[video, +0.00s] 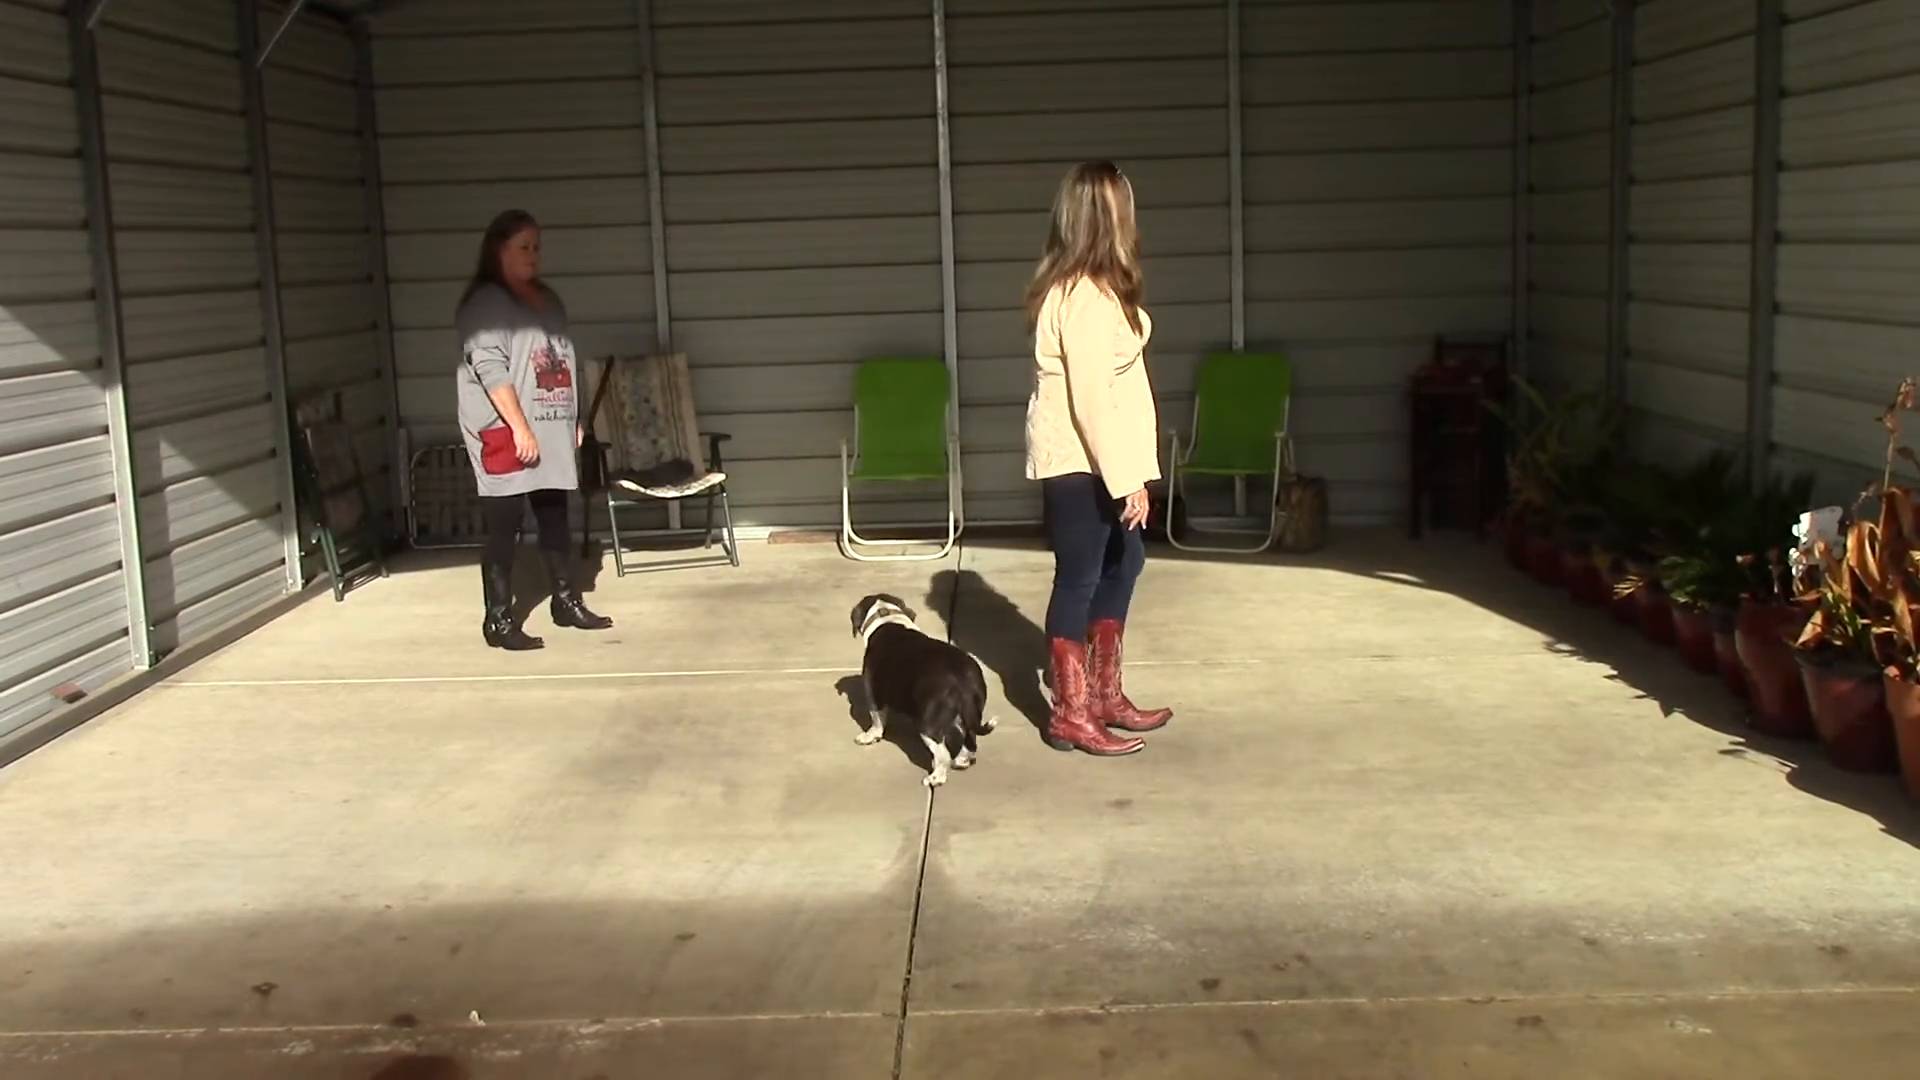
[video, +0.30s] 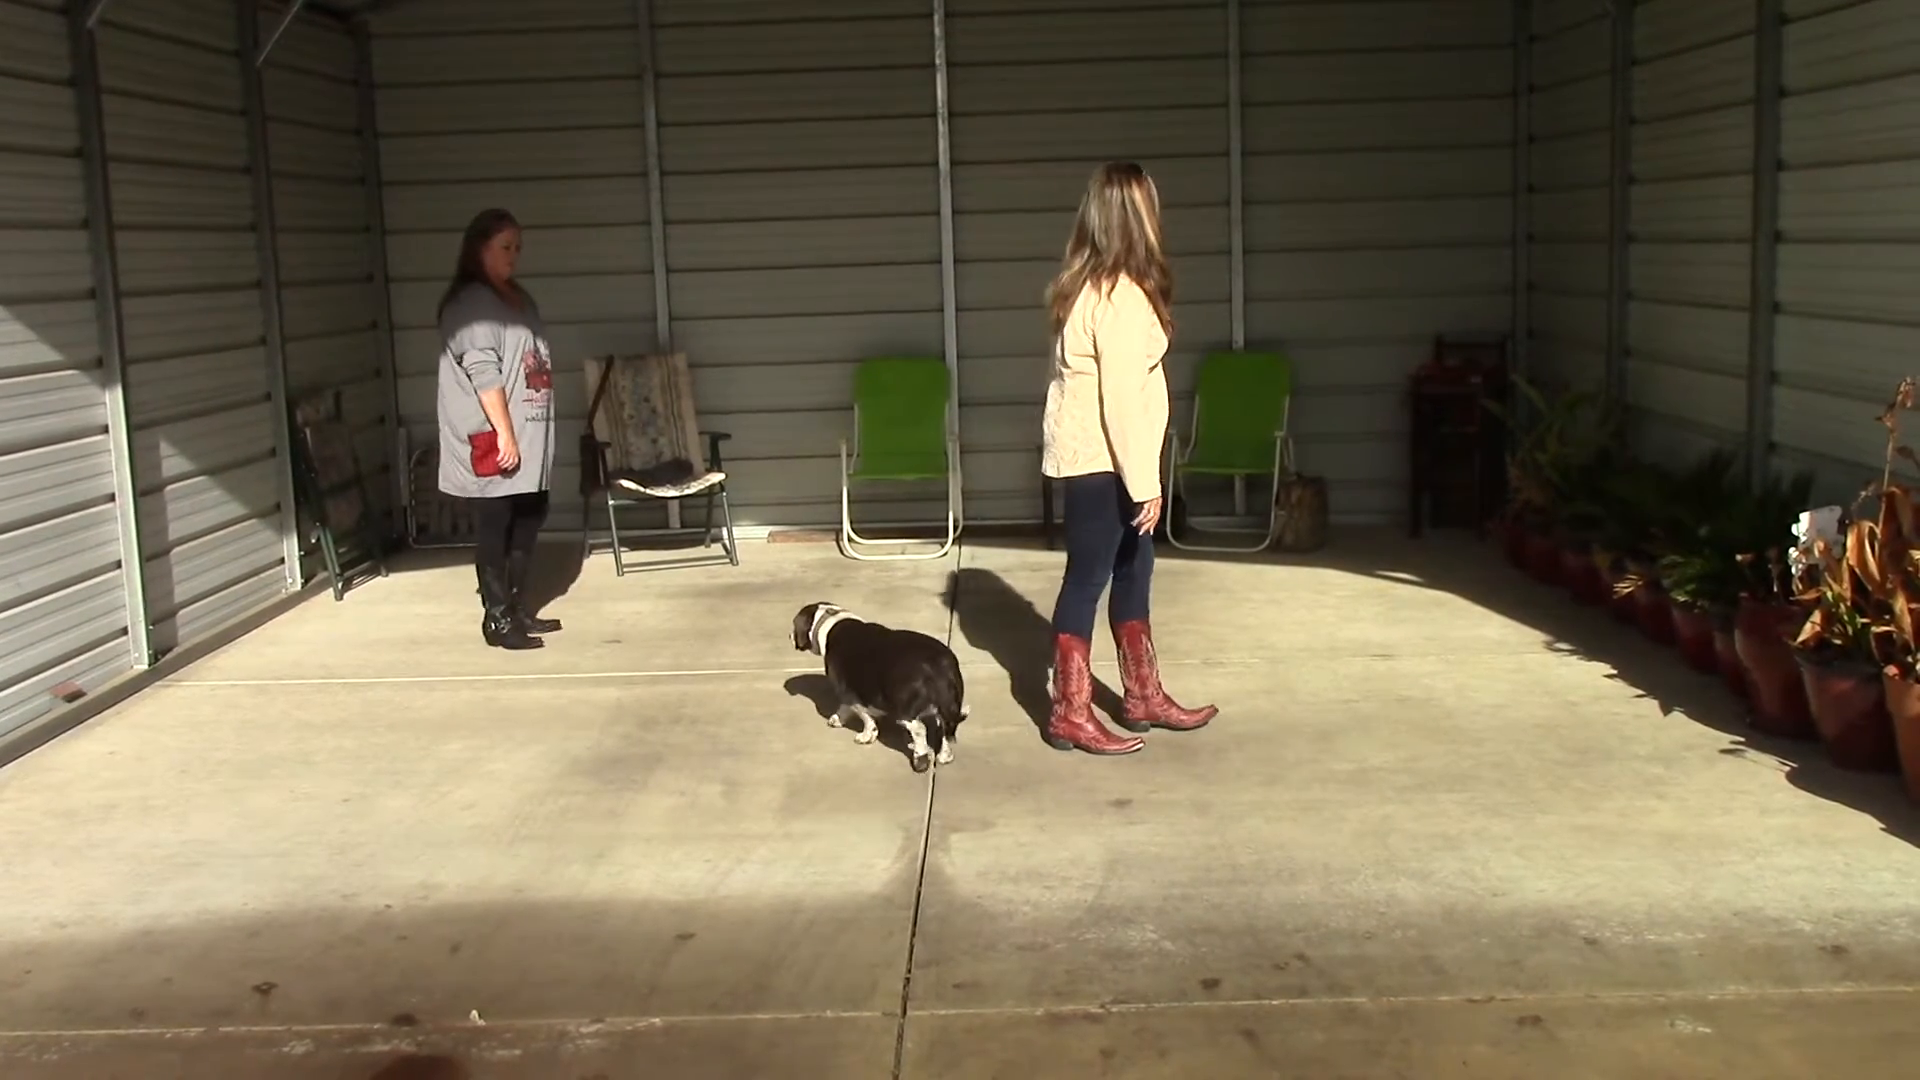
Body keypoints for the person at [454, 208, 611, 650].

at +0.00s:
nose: (533, 255)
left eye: (536, 247)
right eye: (524, 247)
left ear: (538, 251)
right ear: (498, 251)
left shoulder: (547, 300)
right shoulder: (483, 305)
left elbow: (562, 364)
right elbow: (491, 372)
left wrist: (573, 417)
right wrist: (519, 426)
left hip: (549, 428)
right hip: (500, 432)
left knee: (554, 512)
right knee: (503, 521)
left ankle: (566, 600)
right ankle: (498, 618)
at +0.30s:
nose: (513, 256)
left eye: (516, 248)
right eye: (505, 247)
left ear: (516, 251)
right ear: (480, 249)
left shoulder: (518, 299)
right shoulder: (469, 306)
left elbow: (527, 368)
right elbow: (485, 378)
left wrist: (533, 431)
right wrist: (505, 434)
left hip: (523, 433)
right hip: (488, 438)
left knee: (529, 511)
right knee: (494, 519)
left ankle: (515, 607)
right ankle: (497, 617)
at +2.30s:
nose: (493, 260)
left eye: (496, 252)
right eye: (484, 251)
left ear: (498, 252)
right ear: (459, 251)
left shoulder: (491, 296)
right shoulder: (450, 301)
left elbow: (500, 361)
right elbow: (466, 369)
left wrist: (509, 423)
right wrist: (489, 426)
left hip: (487, 423)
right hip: (468, 425)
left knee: (476, 511)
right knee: (494, 511)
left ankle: (465, 602)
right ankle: (500, 609)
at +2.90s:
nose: (534, 303)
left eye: (539, 295)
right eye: (526, 294)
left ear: (543, 293)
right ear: (501, 292)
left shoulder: (528, 330)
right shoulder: (489, 333)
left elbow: (524, 398)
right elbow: (490, 407)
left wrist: (512, 452)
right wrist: (512, 470)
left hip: (479, 422)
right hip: (447, 421)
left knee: (480, 509)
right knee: (490, 509)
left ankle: (464, 603)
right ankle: (499, 610)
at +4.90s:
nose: (577, 340)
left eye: (582, 333)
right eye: (571, 331)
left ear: (587, 328)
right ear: (549, 321)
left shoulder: (530, 343)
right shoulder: (530, 362)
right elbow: (512, 435)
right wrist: (517, 501)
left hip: (450, 409)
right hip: (450, 416)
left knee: (480, 507)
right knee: (496, 508)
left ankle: (465, 604)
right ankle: (502, 611)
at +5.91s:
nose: (572, 314)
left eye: (577, 307)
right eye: (564, 306)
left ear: (581, 304)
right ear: (542, 301)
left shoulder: (557, 338)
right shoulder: (523, 343)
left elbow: (545, 405)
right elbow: (514, 419)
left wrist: (526, 472)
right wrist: (529, 482)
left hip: (502, 415)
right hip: (468, 416)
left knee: (511, 507)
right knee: (500, 508)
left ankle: (510, 607)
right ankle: (500, 612)